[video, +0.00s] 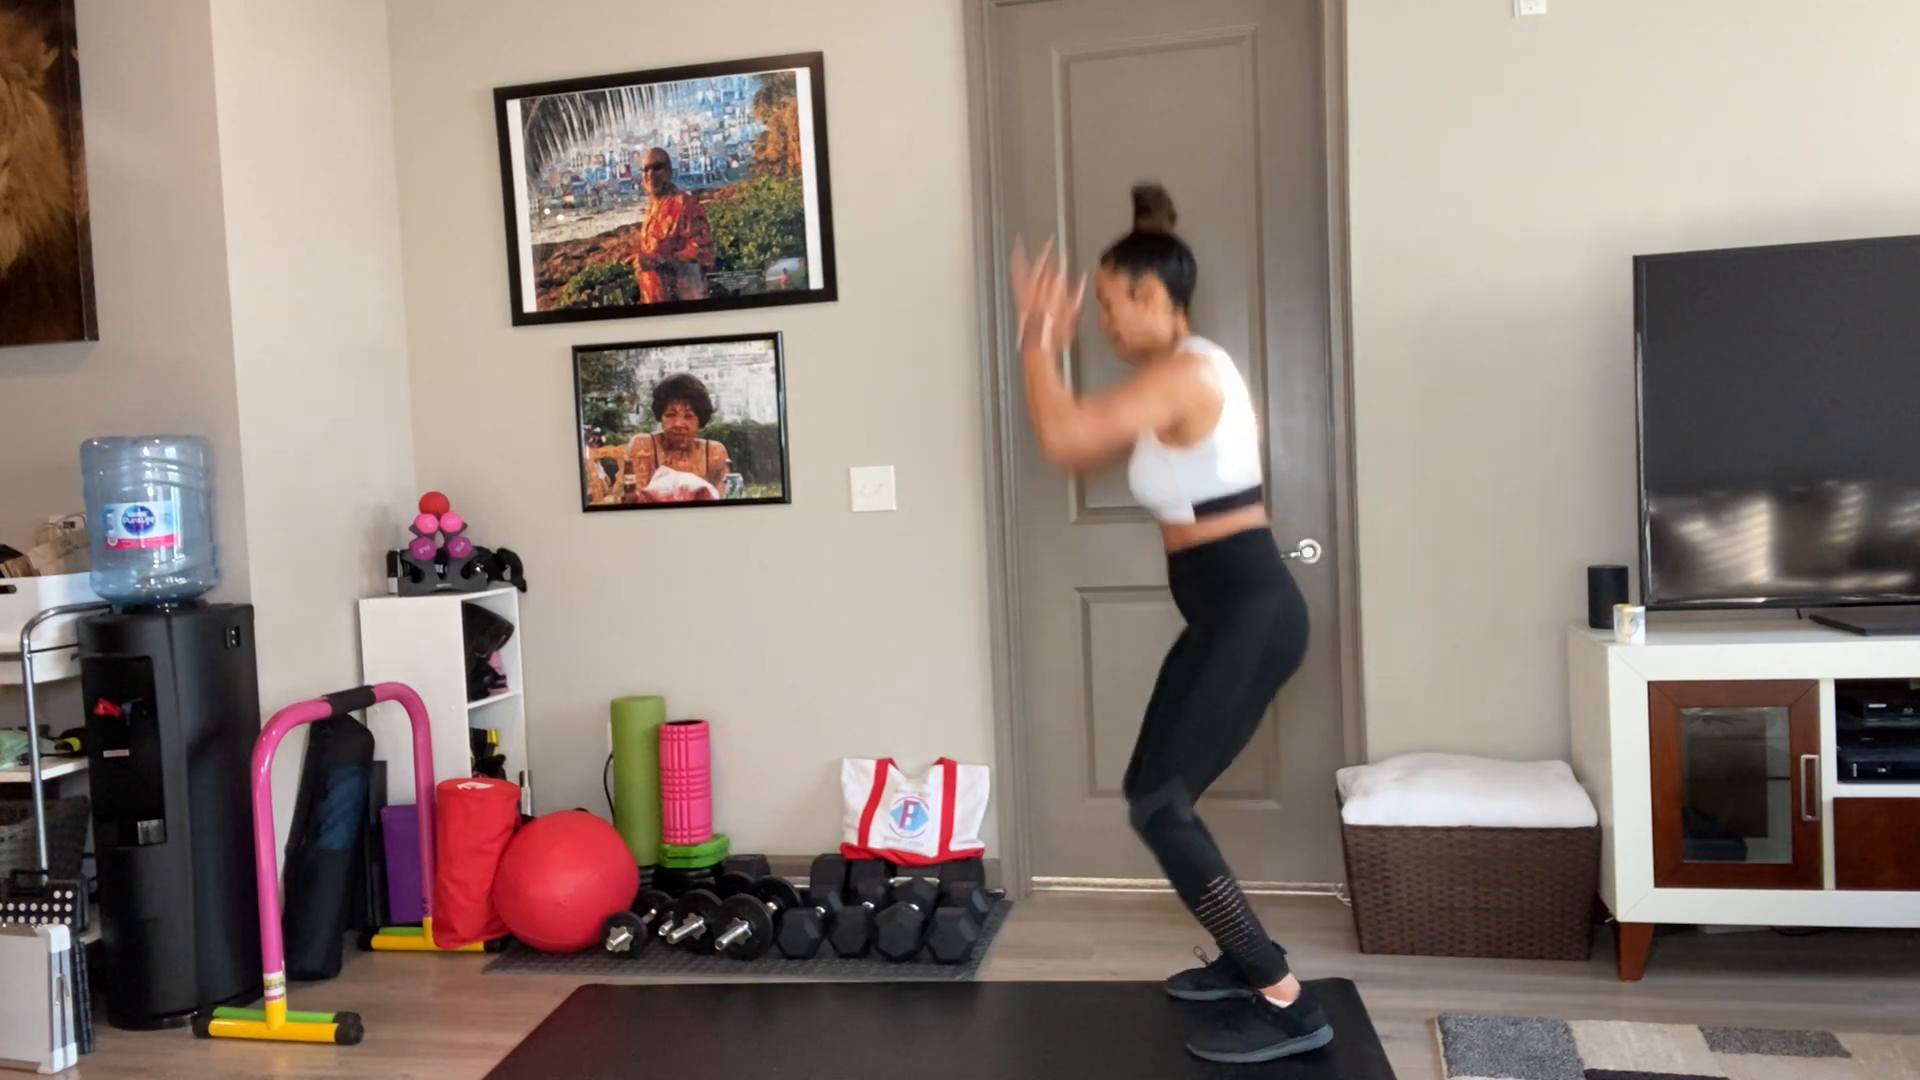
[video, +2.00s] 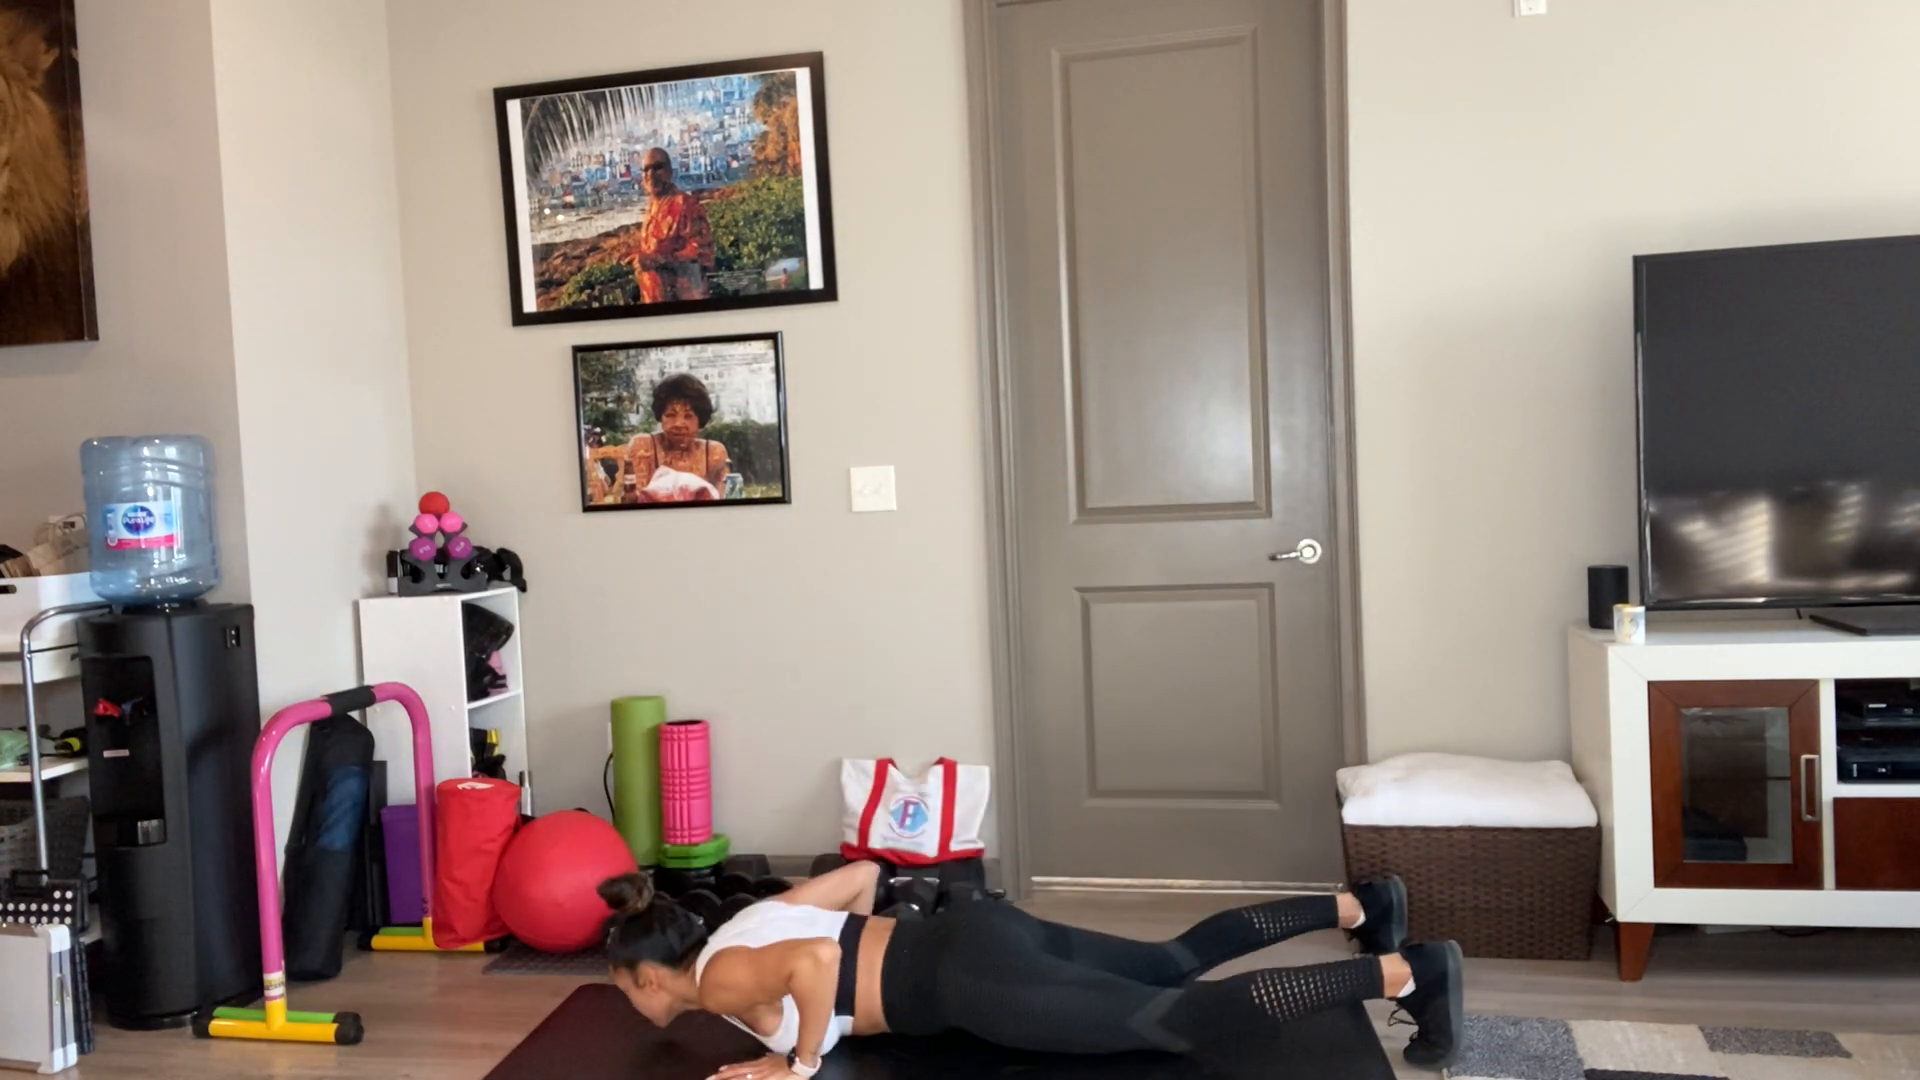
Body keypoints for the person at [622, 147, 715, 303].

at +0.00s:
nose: (650, 174)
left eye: (657, 167)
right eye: (646, 169)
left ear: (670, 172)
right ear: (642, 176)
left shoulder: (686, 204)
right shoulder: (653, 206)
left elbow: (703, 254)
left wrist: (655, 260)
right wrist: (639, 257)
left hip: (683, 297)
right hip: (655, 297)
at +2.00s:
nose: (651, 174)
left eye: (657, 167)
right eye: (646, 169)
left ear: (670, 172)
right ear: (642, 175)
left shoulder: (686, 205)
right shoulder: (653, 206)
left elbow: (702, 254)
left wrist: (654, 260)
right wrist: (638, 256)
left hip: (683, 297)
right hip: (655, 297)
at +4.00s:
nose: (650, 174)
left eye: (657, 167)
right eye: (646, 169)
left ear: (670, 172)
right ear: (642, 175)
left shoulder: (685, 204)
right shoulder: (653, 206)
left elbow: (703, 254)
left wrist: (657, 260)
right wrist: (637, 257)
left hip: (682, 297)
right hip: (654, 297)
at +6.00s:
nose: (650, 174)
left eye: (657, 167)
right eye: (645, 169)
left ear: (669, 171)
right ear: (642, 176)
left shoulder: (686, 204)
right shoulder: (654, 206)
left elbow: (703, 255)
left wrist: (657, 260)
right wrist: (638, 257)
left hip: (683, 297)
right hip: (655, 297)